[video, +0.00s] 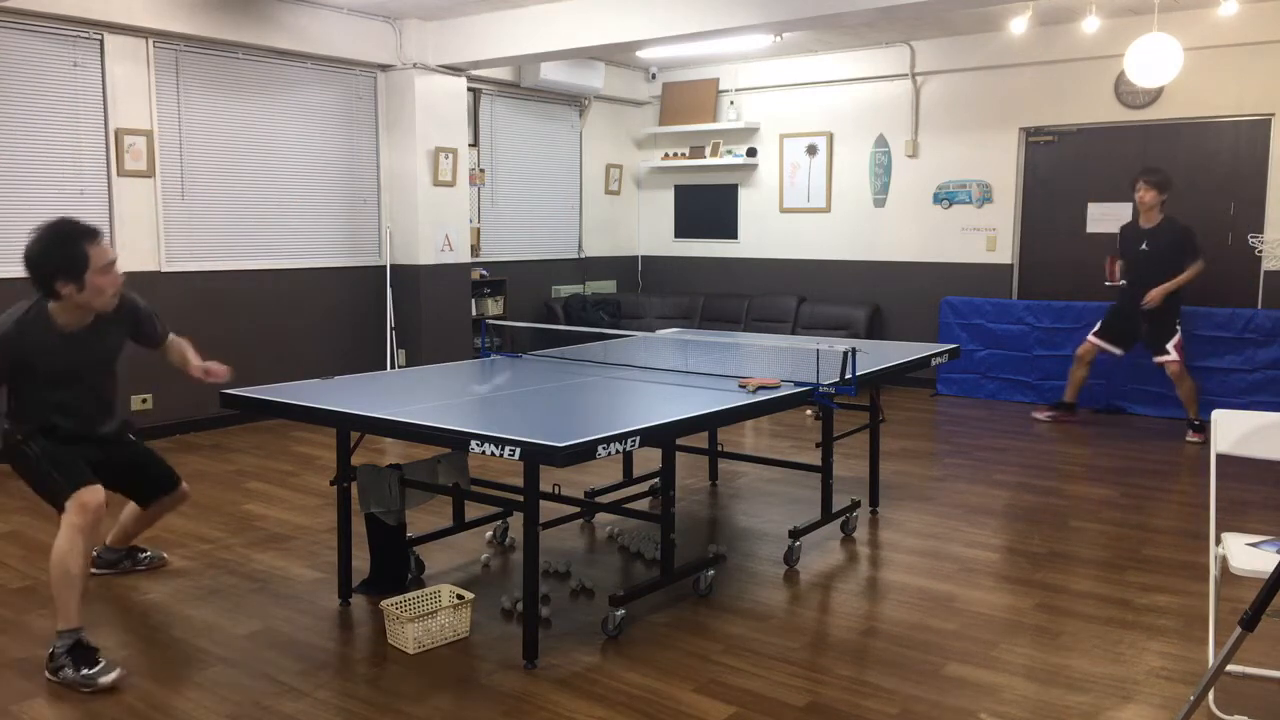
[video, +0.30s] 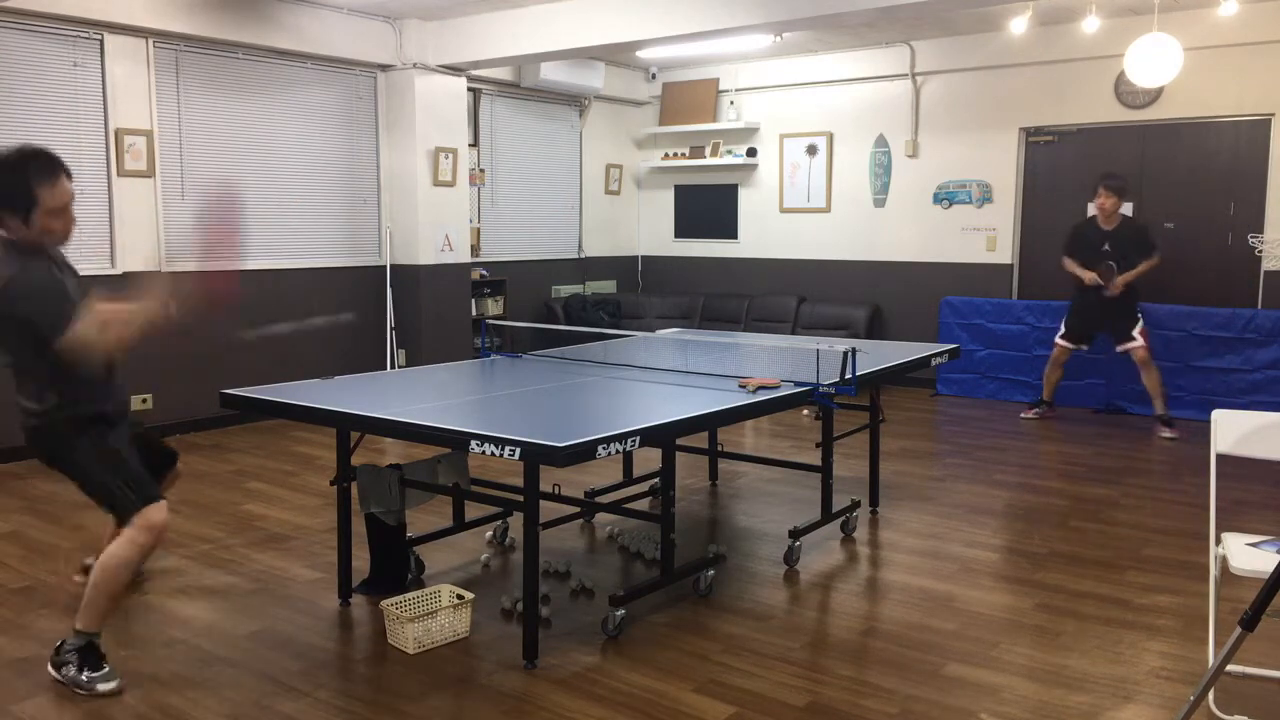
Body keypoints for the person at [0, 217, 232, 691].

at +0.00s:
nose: (119, 275)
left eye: (115, 264)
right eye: (106, 269)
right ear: (66, 287)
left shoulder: (119, 310)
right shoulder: (16, 334)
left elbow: (167, 340)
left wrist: (194, 365)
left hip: (102, 431)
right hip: (36, 437)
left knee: (169, 493)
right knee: (88, 500)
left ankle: (111, 551)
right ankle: (68, 646)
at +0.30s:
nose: (69, 222)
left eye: (71, 208)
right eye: (56, 213)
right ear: (12, 221)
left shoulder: (43, 258)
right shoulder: (21, 279)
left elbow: (89, 309)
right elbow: (87, 346)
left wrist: (146, 307)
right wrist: (147, 314)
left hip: (91, 408)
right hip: (61, 425)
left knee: (161, 463)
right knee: (148, 517)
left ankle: (114, 558)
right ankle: (78, 648)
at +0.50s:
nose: (54, 174)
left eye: (50, 165)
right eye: (43, 167)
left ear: (13, 186)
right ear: (16, 184)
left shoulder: (19, 237)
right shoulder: (26, 232)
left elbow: (54, 316)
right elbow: (124, 197)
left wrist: (112, 288)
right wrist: (88, 132)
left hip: (57, 410)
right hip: (66, 412)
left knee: (106, 508)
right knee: (156, 532)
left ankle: (15, 587)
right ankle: (62, 664)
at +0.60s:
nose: (58, 181)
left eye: (52, 170)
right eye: (47, 173)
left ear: (16, 189)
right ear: (18, 189)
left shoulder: (14, 241)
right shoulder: (30, 243)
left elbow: (30, 329)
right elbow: (132, 251)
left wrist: (98, 315)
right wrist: (151, 184)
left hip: (21, 413)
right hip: (47, 416)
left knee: (83, 515)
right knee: (140, 531)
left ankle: (4, 593)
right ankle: (60, 672)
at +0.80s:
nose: (90, 148)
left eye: (86, 138)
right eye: (80, 140)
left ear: (45, 154)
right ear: (51, 152)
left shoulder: (26, 209)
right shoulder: (31, 215)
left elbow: (72, 293)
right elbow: (84, 297)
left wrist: (132, 280)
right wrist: (156, 264)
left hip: (27, 386)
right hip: (23, 389)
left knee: (46, 496)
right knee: (83, 501)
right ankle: (57, 654)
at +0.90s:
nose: (108, 140)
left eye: (104, 129)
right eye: (100, 131)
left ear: (64, 142)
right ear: (72, 141)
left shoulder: (48, 196)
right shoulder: (43, 202)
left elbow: (55, 292)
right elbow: (72, 297)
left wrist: (114, 296)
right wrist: (155, 277)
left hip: (32, 377)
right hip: (18, 380)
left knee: (48, 485)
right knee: (63, 491)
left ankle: (7, 571)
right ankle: (29, 634)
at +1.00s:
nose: (128, 154)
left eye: (123, 144)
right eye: (119, 146)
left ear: (83, 159)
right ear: (92, 159)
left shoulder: (60, 209)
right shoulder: (58, 217)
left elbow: (51, 302)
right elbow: (72, 315)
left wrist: (105, 320)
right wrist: (156, 302)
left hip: (37, 380)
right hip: (13, 388)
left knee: (77, 463)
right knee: (55, 505)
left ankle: (45, 561)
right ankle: (14, 643)